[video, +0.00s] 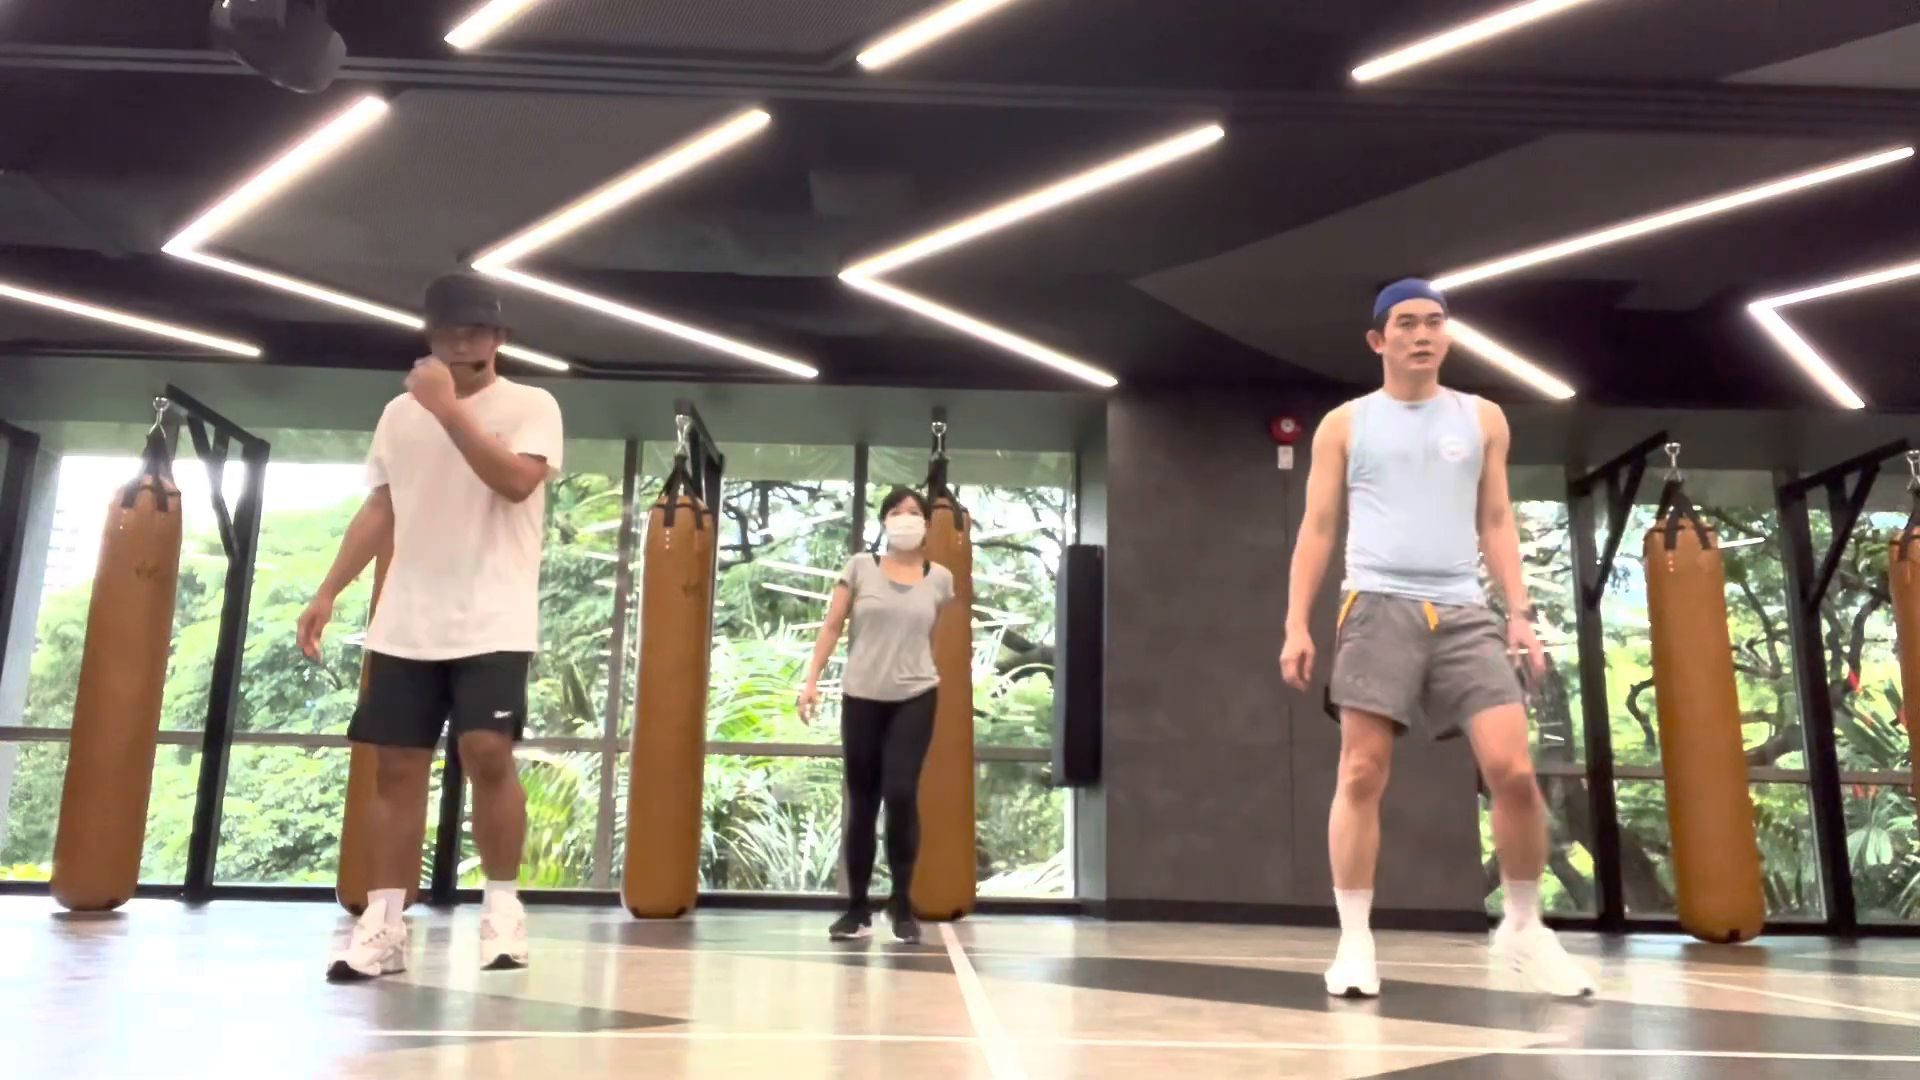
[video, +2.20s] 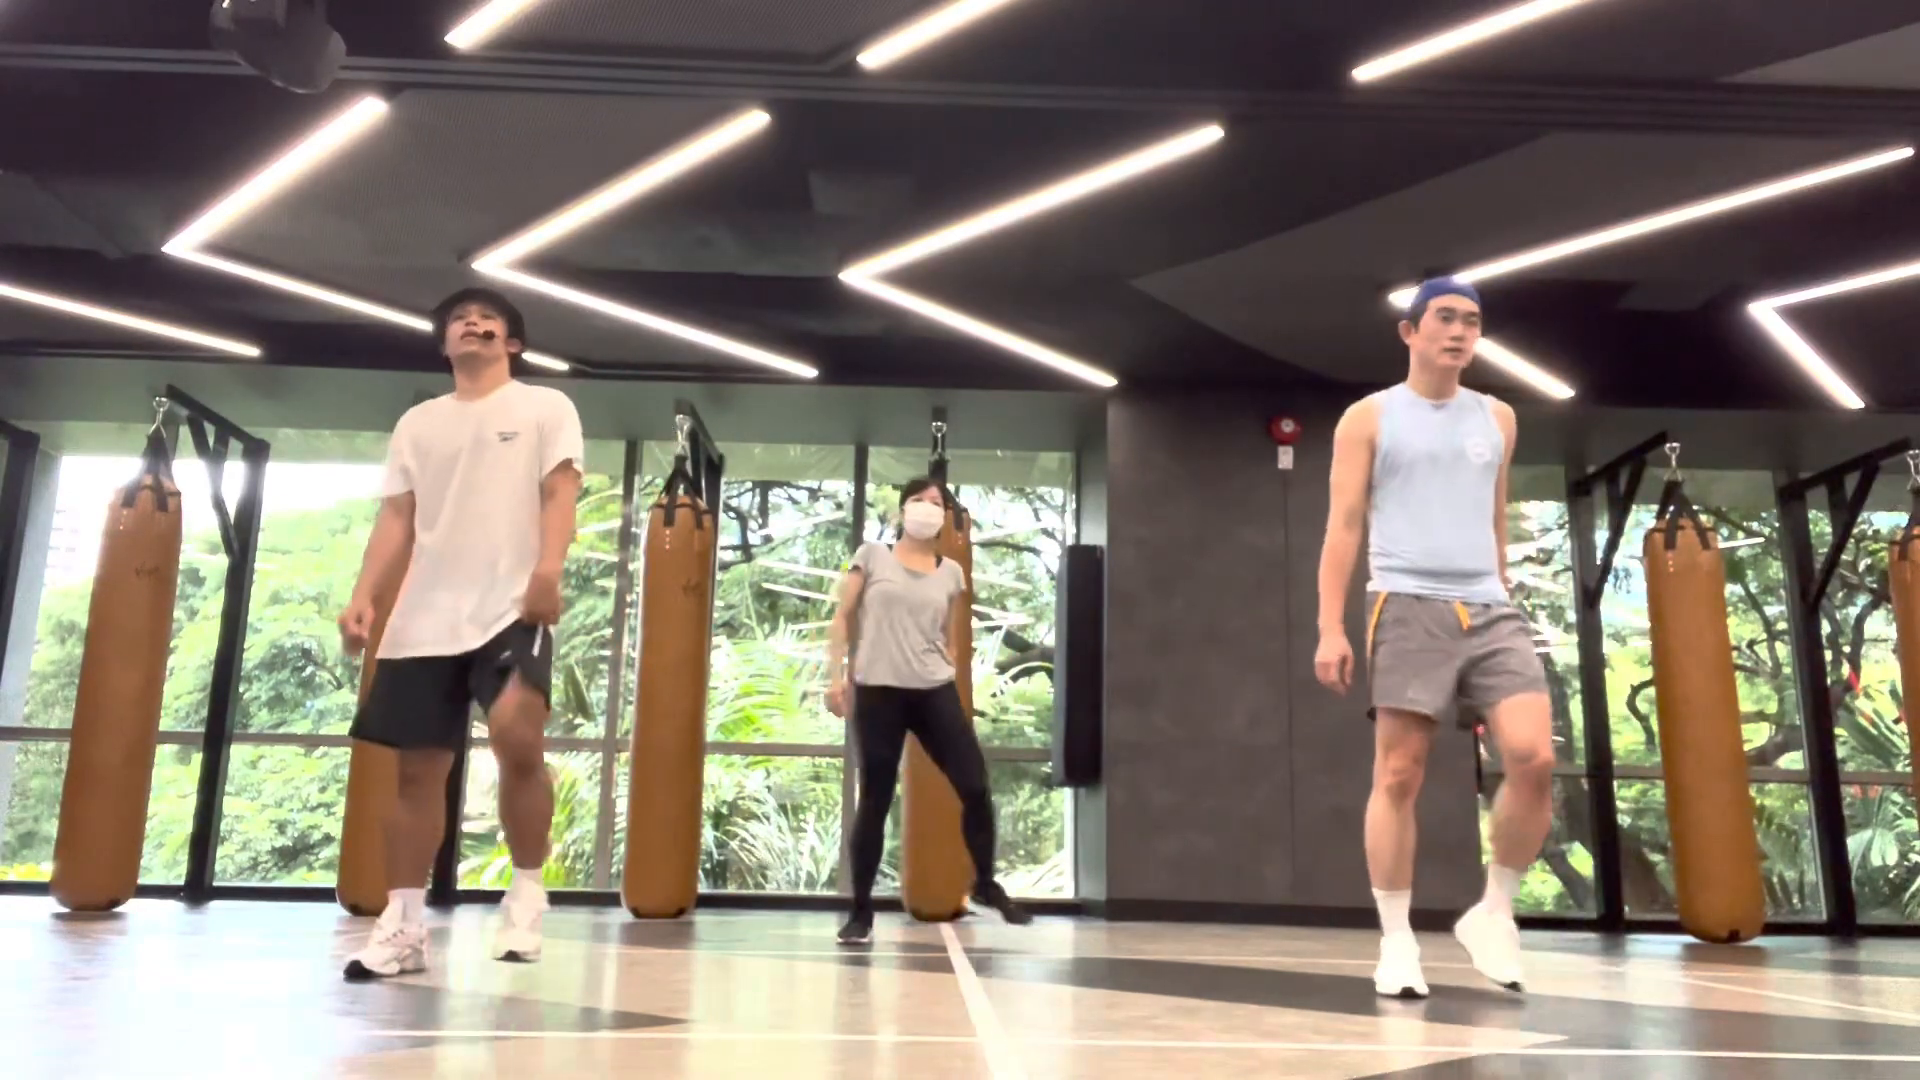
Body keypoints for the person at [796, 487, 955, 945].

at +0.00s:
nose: (907, 519)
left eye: (916, 514)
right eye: (898, 513)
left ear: (927, 527)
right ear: (883, 525)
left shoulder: (941, 580)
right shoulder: (861, 567)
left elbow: (950, 641)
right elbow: (831, 625)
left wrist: (953, 699)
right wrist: (811, 681)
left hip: (916, 697)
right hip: (862, 697)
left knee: (900, 795)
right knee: (861, 804)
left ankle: (902, 904)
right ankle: (856, 908)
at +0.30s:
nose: (919, 517)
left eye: (926, 512)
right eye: (909, 511)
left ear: (937, 529)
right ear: (892, 527)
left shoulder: (945, 581)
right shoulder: (867, 567)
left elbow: (945, 651)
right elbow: (842, 630)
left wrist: (955, 709)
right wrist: (829, 687)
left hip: (924, 699)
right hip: (869, 699)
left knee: (948, 790)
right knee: (866, 805)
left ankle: (960, 891)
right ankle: (858, 909)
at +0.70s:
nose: (967, 523)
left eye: (975, 517)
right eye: (958, 518)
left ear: (987, 532)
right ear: (945, 533)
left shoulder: (1006, 580)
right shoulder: (927, 579)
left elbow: (1015, 641)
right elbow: (909, 642)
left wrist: (1016, 685)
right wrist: (892, 694)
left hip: (993, 706)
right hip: (939, 705)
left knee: (1000, 811)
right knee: (908, 805)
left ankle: (1011, 911)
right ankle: (871, 898)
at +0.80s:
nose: (977, 523)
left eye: (984, 517)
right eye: (969, 517)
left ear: (996, 529)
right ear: (955, 529)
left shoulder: (1015, 577)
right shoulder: (937, 578)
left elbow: (1023, 635)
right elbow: (922, 643)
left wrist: (1019, 672)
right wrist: (911, 698)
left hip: (1000, 702)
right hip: (948, 701)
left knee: (1004, 808)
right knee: (930, 800)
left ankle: (1011, 910)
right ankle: (906, 891)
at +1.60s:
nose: (930, 512)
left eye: (940, 506)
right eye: (921, 505)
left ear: (953, 522)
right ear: (906, 519)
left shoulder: (965, 572)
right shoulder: (881, 569)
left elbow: (976, 638)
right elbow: (857, 632)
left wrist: (985, 696)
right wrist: (843, 686)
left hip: (942, 700)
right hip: (883, 699)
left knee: (971, 803)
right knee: (876, 804)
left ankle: (1002, 896)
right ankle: (860, 911)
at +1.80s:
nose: (918, 510)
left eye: (927, 504)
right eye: (909, 502)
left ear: (937, 518)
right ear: (891, 515)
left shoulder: (947, 571)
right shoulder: (866, 559)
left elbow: (950, 641)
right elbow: (831, 621)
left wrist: (953, 700)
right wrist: (805, 674)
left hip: (925, 693)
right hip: (868, 692)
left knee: (926, 795)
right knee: (868, 802)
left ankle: (931, 896)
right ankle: (860, 912)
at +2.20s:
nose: (926, 509)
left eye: (936, 504)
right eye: (917, 501)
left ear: (946, 521)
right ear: (901, 514)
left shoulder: (951, 574)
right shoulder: (872, 555)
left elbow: (949, 640)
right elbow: (842, 616)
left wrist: (956, 696)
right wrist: (838, 676)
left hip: (935, 690)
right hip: (877, 690)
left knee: (976, 789)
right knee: (873, 802)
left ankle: (985, 882)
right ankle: (860, 911)